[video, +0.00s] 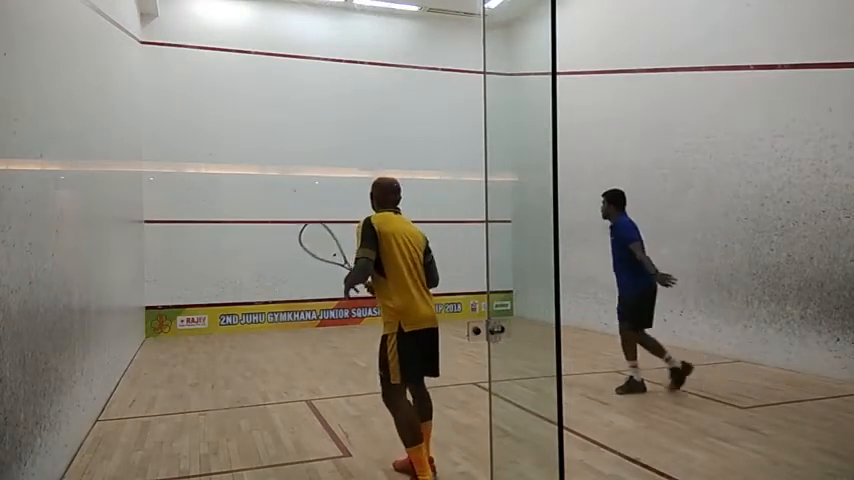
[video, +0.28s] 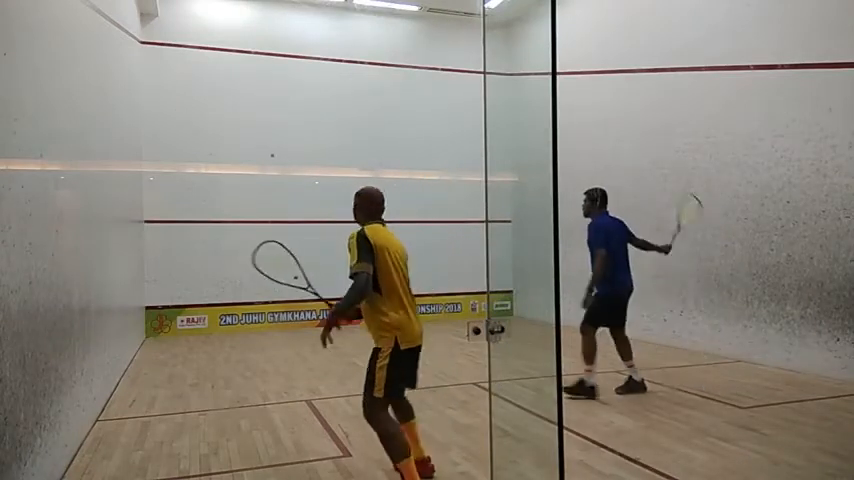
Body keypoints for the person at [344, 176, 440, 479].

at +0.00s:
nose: (370, 200)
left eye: (372, 195)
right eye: (374, 194)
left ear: (373, 198)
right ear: (399, 199)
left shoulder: (372, 223)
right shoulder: (416, 232)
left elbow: (364, 267)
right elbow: (432, 279)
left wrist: (350, 279)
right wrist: (391, 280)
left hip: (399, 324)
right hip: (426, 321)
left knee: (394, 396)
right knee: (418, 385)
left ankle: (423, 469)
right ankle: (424, 457)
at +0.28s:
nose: (352, 210)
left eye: (354, 205)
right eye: (354, 205)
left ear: (358, 209)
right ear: (382, 210)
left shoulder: (362, 236)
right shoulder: (392, 240)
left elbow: (361, 285)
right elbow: (392, 296)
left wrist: (333, 316)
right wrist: (356, 312)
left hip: (392, 338)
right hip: (410, 335)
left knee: (374, 409)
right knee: (395, 396)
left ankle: (410, 474)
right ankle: (420, 459)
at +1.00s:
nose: (258, 224)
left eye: (260, 220)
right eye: (260, 220)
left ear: (267, 223)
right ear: (286, 222)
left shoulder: (265, 260)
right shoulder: (312, 246)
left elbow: (260, 316)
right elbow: (348, 276)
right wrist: (381, 302)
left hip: (291, 345)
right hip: (312, 338)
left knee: (275, 411)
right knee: (265, 371)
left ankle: (345, 432)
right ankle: (263, 441)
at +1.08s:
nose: (267, 222)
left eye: (268, 218)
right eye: (270, 218)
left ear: (272, 222)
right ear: (296, 220)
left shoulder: (267, 259)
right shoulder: (319, 247)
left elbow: (250, 313)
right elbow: (349, 286)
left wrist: (221, 357)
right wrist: (373, 322)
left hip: (287, 345)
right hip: (312, 341)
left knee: (269, 407)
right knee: (268, 387)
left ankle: (331, 444)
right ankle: (263, 441)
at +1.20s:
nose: (287, 214)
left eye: (288, 210)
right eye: (294, 210)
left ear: (290, 213)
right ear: (315, 214)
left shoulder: (276, 248)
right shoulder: (334, 247)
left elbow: (247, 289)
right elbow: (346, 299)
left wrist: (211, 320)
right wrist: (353, 340)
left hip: (293, 340)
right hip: (322, 339)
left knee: (287, 406)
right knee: (289, 389)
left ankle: (336, 466)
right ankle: (266, 441)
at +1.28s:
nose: (300, 210)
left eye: (299, 205)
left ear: (299, 208)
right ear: (324, 210)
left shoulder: (281, 240)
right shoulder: (341, 243)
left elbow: (250, 277)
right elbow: (349, 295)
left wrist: (216, 302)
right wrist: (350, 335)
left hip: (298, 335)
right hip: (329, 336)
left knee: (300, 402)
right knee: (300, 391)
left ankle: (339, 468)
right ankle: (277, 436)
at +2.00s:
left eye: (375, 192)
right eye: (391, 194)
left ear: (371, 196)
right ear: (397, 201)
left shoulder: (351, 227)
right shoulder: (407, 233)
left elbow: (337, 272)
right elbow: (422, 283)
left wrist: (333, 313)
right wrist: (431, 325)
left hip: (365, 325)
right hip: (401, 323)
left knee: (348, 385)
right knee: (411, 377)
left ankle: (343, 462)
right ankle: (418, 445)